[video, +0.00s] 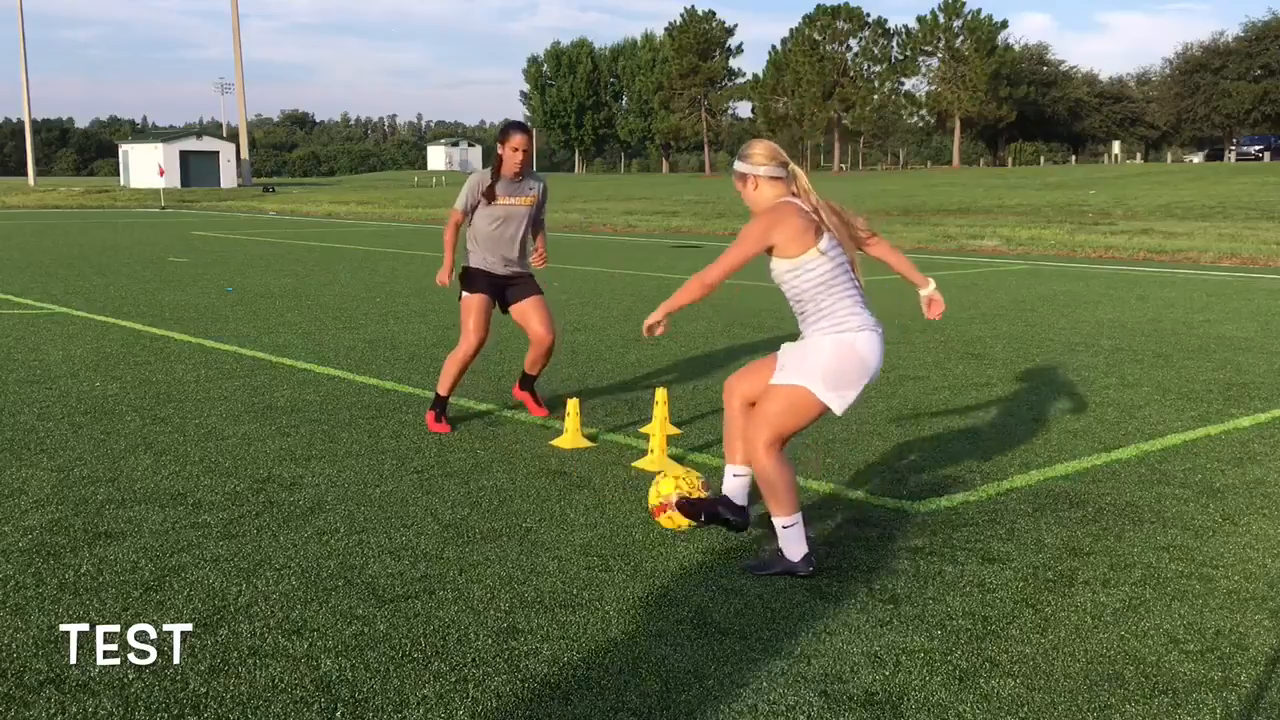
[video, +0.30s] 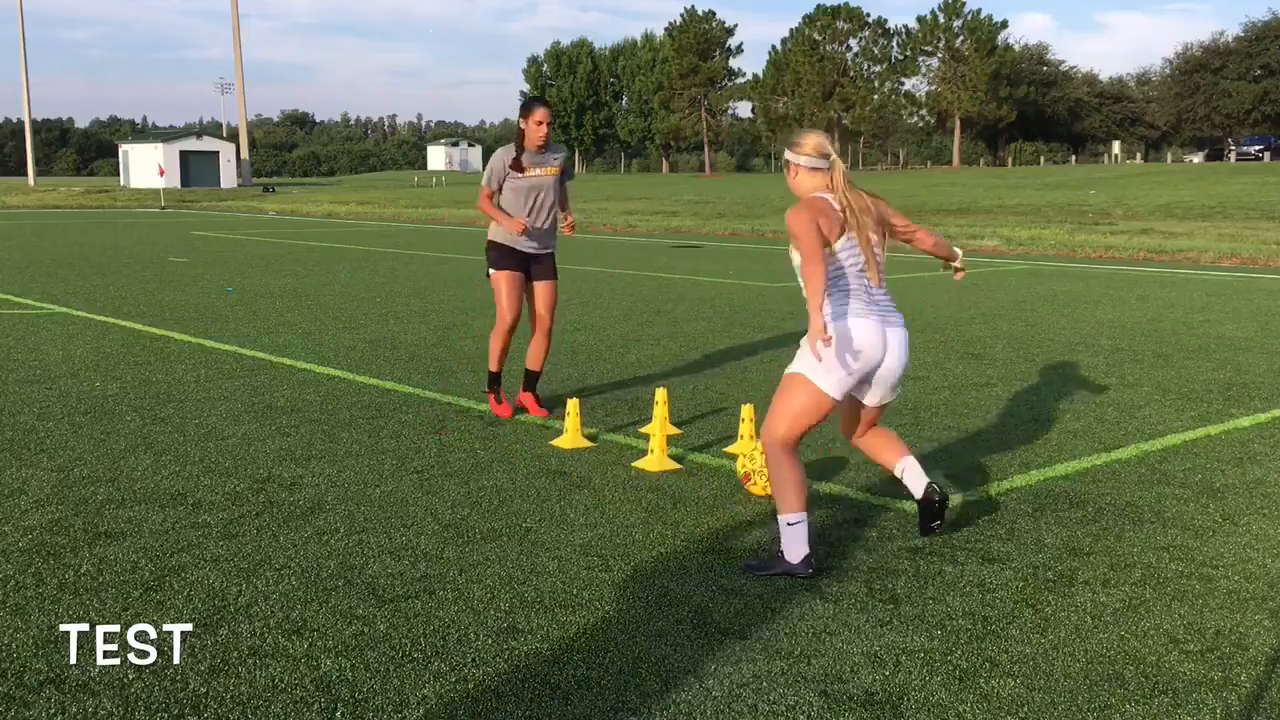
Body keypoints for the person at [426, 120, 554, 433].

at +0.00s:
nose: (521, 157)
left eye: (526, 150)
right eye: (516, 149)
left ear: (531, 152)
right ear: (501, 149)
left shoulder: (536, 186)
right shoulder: (480, 181)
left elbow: (537, 223)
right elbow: (454, 222)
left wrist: (540, 247)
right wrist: (448, 263)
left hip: (518, 273)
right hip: (480, 271)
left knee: (545, 337)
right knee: (472, 339)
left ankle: (525, 387)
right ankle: (437, 408)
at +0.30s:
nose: (545, 129)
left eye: (548, 124)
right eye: (539, 123)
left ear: (552, 126)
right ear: (523, 124)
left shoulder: (559, 155)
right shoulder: (504, 156)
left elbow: (561, 189)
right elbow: (483, 199)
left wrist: (566, 212)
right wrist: (507, 220)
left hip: (543, 249)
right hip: (507, 247)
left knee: (544, 323)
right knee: (509, 316)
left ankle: (528, 391)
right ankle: (494, 390)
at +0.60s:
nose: (569, 150)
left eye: (571, 144)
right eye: (563, 144)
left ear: (571, 147)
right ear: (545, 145)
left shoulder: (570, 178)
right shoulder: (527, 179)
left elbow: (565, 215)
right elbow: (500, 220)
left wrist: (585, 229)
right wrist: (508, 258)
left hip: (561, 262)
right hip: (530, 262)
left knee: (588, 326)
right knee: (537, 329)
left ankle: (576, 370)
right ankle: (506, 398)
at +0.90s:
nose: (593, 137)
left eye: (595, 132)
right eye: (588, 131)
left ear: (592, 132)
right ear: (571, 131)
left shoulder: (594, 160)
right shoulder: (551, 162)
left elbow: (594, 197)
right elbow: (526, 201)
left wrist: (621, 212)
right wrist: (540, 229)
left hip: (584, 246)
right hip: (555, 245)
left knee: (589, 308)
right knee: (563, 309)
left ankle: (580, 375)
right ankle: (538, 370)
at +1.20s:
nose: (602, 155)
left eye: (604, 150)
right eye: (598, 150)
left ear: (599, 150)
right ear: (581, 147)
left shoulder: (592, 174)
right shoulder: (567, 175)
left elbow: (591, 211)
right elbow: (545, 215)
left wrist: (620, 222)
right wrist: (562, 246)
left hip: (586, 255)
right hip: (563, 258)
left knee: (596, 318)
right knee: (585, 322)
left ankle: (591, 371)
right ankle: (546, 366)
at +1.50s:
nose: (602, 165)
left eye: (604, 159)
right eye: (597, 159)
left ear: (604, 158)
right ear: (580, 156)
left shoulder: (601, 180)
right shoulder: (560, 181)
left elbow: (621, 201)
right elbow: (530, 212)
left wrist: (651, 218)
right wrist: (520, 254)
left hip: (573, 253)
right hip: (551, 254)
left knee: (591, 314)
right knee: (607, 290)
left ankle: (590, 371)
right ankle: (602, 354)